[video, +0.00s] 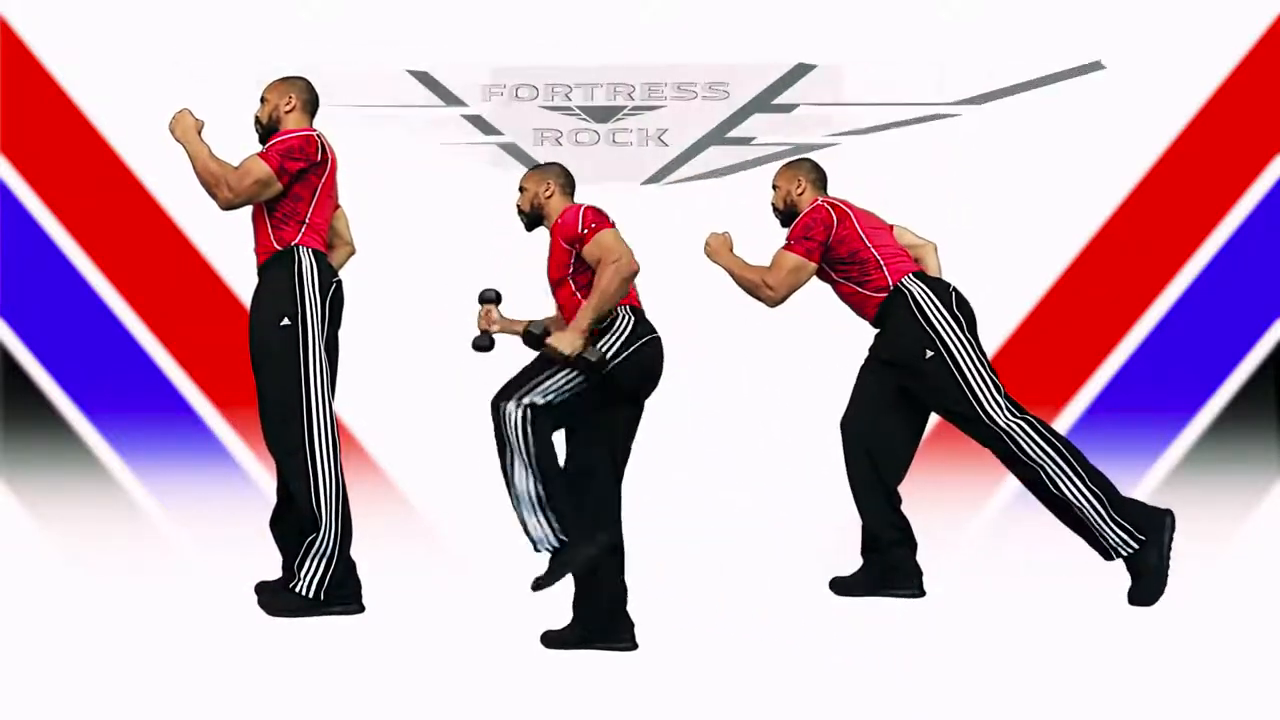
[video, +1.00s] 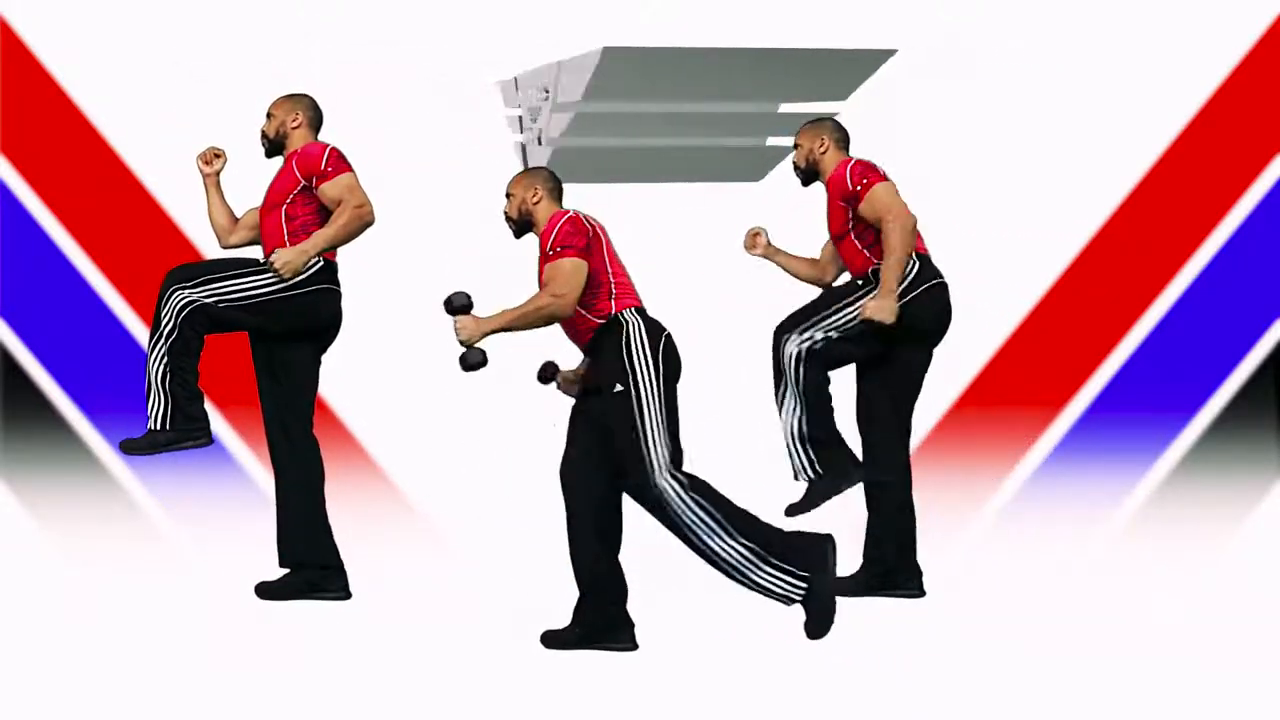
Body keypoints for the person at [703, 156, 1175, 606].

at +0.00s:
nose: (773, 199)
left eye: (779, 189)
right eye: (773, 191)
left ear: (805, 188)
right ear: (811, 191)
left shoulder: (818, 216)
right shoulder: (846, 219)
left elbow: (772, 289)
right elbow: (922, 248)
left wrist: (724, 258)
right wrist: (942, 313)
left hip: (920, 309)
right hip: (903, 325)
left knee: (1001, 424)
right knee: (864, 437)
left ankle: (1136, 531)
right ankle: (891, 567)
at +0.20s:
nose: (769, 200)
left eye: (776, 190)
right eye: (770, 192)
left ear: (803, 190)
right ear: (808, 193)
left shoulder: (815, 219)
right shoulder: (845, 222)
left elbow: (770, 293)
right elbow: (921, 250)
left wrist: (722, 263)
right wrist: (939, 314)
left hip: (918, 309)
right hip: (902, 324)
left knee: (998, 428)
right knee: (861, 436)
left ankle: (1137, 531)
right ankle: (890, 569)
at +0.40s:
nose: (767, 200)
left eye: (774, 190)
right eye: (768, 192)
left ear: (802, 190)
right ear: (807, 193)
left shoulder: (814, 220)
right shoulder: (843, 222)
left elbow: (771, 295)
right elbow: (919, 250)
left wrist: (721, 265)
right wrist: (940, 317)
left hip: (918, 312)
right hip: (901, 327)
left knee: (997, 430)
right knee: (859, 437)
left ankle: (1139, 533)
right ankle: (890, 568)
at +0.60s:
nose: (769, 198)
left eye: (776, 189)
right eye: (769, 190)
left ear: (804, 188)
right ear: (807, 192)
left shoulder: (816, 217)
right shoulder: (842, 220)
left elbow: (772, 293)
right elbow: (919, 252)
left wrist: (721, 265)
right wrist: (924, 321)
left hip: (918, 312)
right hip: (897, 328)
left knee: (993, 432)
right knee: (858, 437)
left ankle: (1135, 532)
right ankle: (890, 569)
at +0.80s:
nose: (774, 179)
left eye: (779, 168)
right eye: (775, 171)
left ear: (803, 165)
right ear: (812, 168)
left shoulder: (826, 194)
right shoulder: (843, 201)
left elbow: (825, 268)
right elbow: (886, 277)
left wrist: (760, 294)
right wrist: (851, 322)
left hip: (913, 301)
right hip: (887, 317)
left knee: (906, 432)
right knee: (866, 435)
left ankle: (1034, 512)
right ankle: (890, 567)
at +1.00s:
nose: (793, 158)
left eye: (798, 148)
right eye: (793, 150)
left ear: (822, 144)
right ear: (823, 146)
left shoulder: (851, 172)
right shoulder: (843, 198)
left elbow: (899, 220)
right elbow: (824, 272)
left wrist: (887, 292)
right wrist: (770, 251)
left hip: (901, 288)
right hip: (905, 301)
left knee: (794, 339)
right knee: (883, 440)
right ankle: (892, 569)